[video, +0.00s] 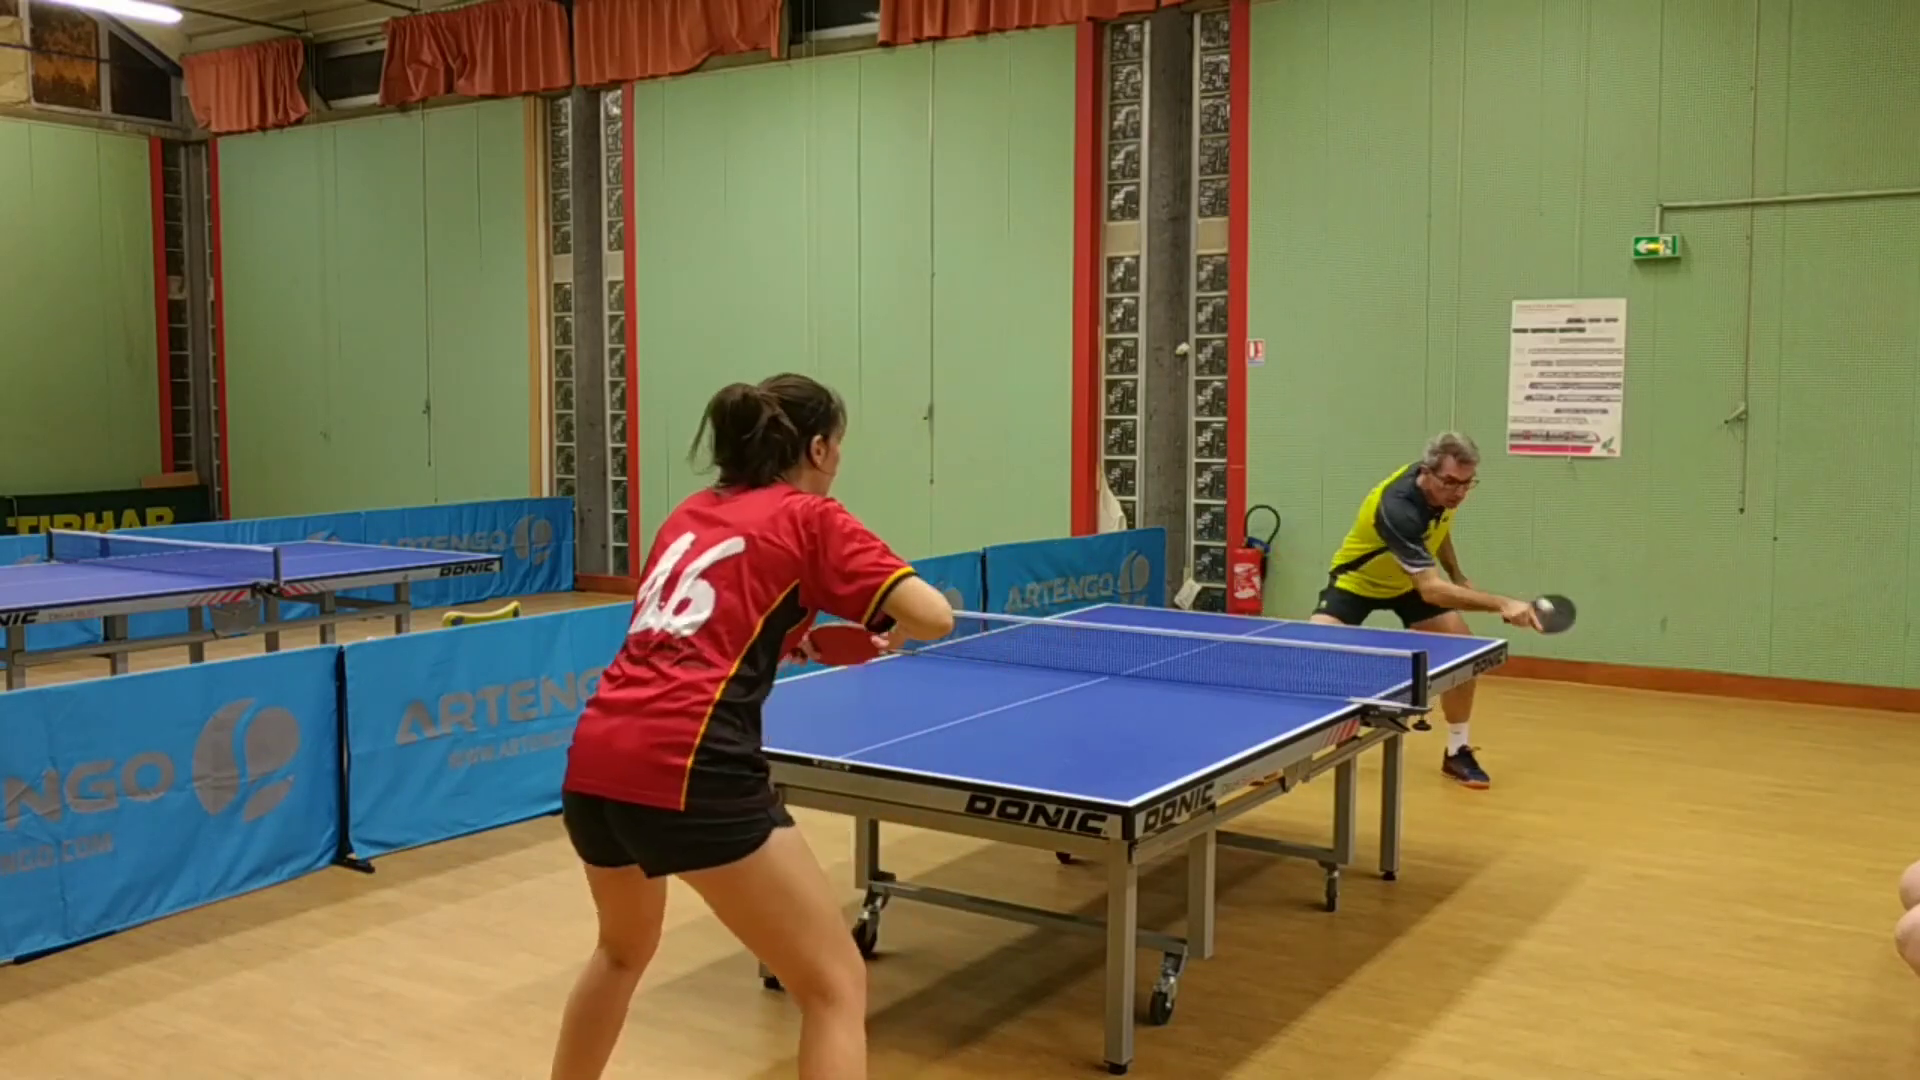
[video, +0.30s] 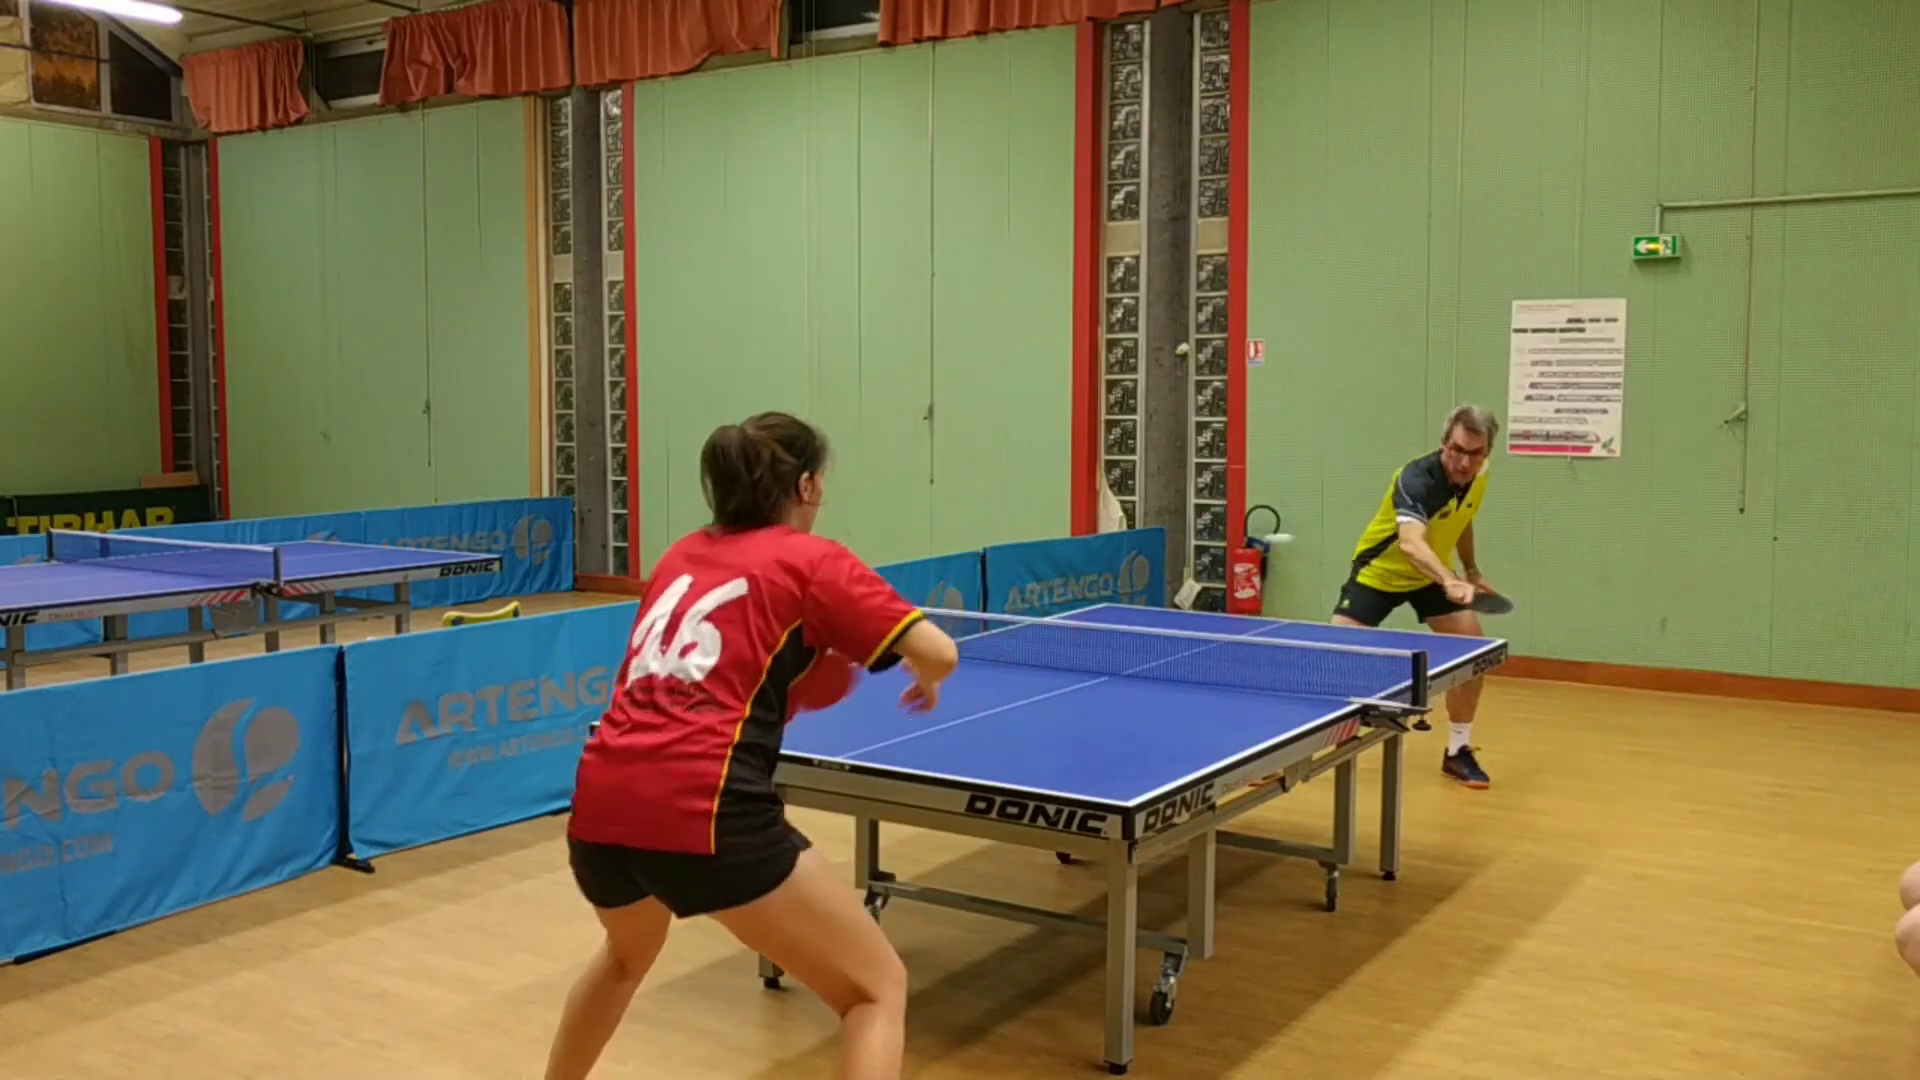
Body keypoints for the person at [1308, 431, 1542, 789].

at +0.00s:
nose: (1459, 492)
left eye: (1466, 484)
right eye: (1451, 483)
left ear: (1473, 479)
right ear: (1426, 473)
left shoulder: (1445, 494)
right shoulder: (1398, 508)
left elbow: (1439, 533)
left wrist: (1457, 577)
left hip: (1410, 583)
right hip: (1356, 583)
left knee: (1460, 649)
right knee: (1314, 650)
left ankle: (1458, 751)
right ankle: (1276, 754)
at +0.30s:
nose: (1463, 462)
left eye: (1474, 455)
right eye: (1456, 450)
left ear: (1486, 454)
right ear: (1443, 442)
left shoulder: (1479, 476)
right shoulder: (1416, 477)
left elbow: (1463, 524)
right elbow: (1410, 542)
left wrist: (1471, 572)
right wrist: (1446, 579)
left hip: (1431, 577)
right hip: (1379, 573)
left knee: (1472, 652)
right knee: (1337, 651)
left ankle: (1459, 751)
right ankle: (1287, 751)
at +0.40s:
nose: (1455, 444)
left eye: (1466, 436)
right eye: (1448, 433)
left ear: (1483, 435)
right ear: (1439, 428)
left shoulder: (1486, 464)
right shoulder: (1413, 465)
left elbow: (1475, 515)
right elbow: (1394, 531)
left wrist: (1484, 570)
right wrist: (1426, 573)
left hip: (1443, 568)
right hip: (1388, 562)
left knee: (1469, 646)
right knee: (1346, 636)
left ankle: (1458, 750)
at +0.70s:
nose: (1414, 440)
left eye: (1424, 430)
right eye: (1408, 429)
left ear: (1445, 429)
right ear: (1400, 427)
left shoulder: (1468, 463)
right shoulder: (1378, 473)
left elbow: (1484, 517)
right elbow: (1350, 538)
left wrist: (1503, 575)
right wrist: (1363, 583)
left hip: (1457, 573)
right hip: (1395, 575)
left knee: (1511, 653)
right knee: (1357, 644)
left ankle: (1534, 739)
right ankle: (1341, 743)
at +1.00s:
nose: (1439, 435)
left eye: (1448, 424)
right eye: (1432, 425)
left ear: (1471, 421)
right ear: (1427, 426)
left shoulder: (1514, 456)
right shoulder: (1428, 466)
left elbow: (1555, 510)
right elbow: (1413, 523)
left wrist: (1558, 574)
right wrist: (1397, 565)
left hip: (1522, 570)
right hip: (1459, 567)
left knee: (1560, 665)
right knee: (1412, 628)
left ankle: (1583, 747)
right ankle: (1381, 726)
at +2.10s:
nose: (1498, 394)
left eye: (1506, 385)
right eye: (1492, 385)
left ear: (1527, 383)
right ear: (1487, 385)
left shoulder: (1558, 426)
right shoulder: (1485, 423)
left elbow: (1589, 481)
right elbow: (1486, 472)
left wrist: (1583, 539)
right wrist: (1481, 514)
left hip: (1558, 542)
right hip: (1512, 542)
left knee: (1571, 628)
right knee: (1500, 615)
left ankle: (1595, 723)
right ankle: (1527, 696)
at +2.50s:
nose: (1474, 422)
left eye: (1481, 413)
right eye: (1468, 414)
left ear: (1504, 410)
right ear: (1464, 415)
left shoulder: (1543, 450)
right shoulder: (1466, 450)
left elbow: (1569, 505)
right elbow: (1465, 503)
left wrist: (1570, 556)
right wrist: (1444, 550)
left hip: (1541, 558)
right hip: (1486, 553)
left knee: (1570, 641)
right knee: (1445, 617)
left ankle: (1605, 720)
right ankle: (1433, 706)